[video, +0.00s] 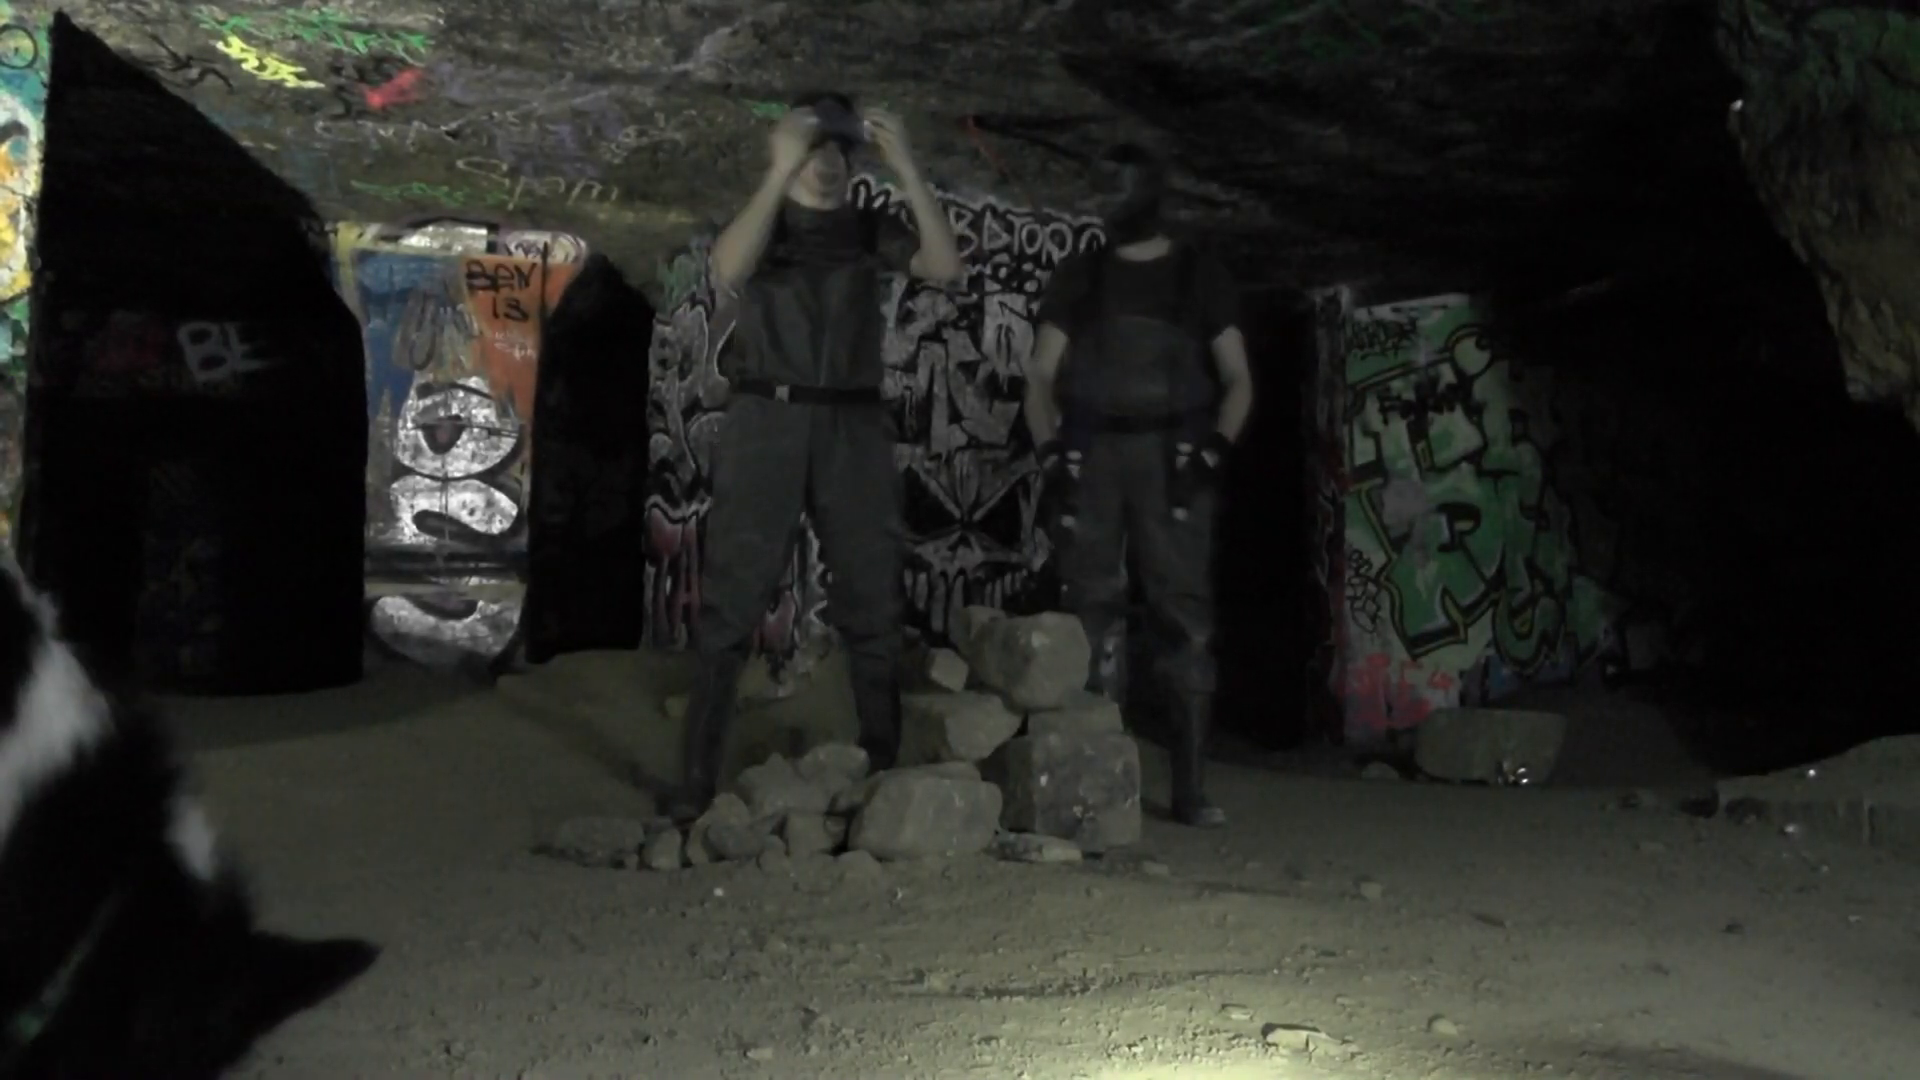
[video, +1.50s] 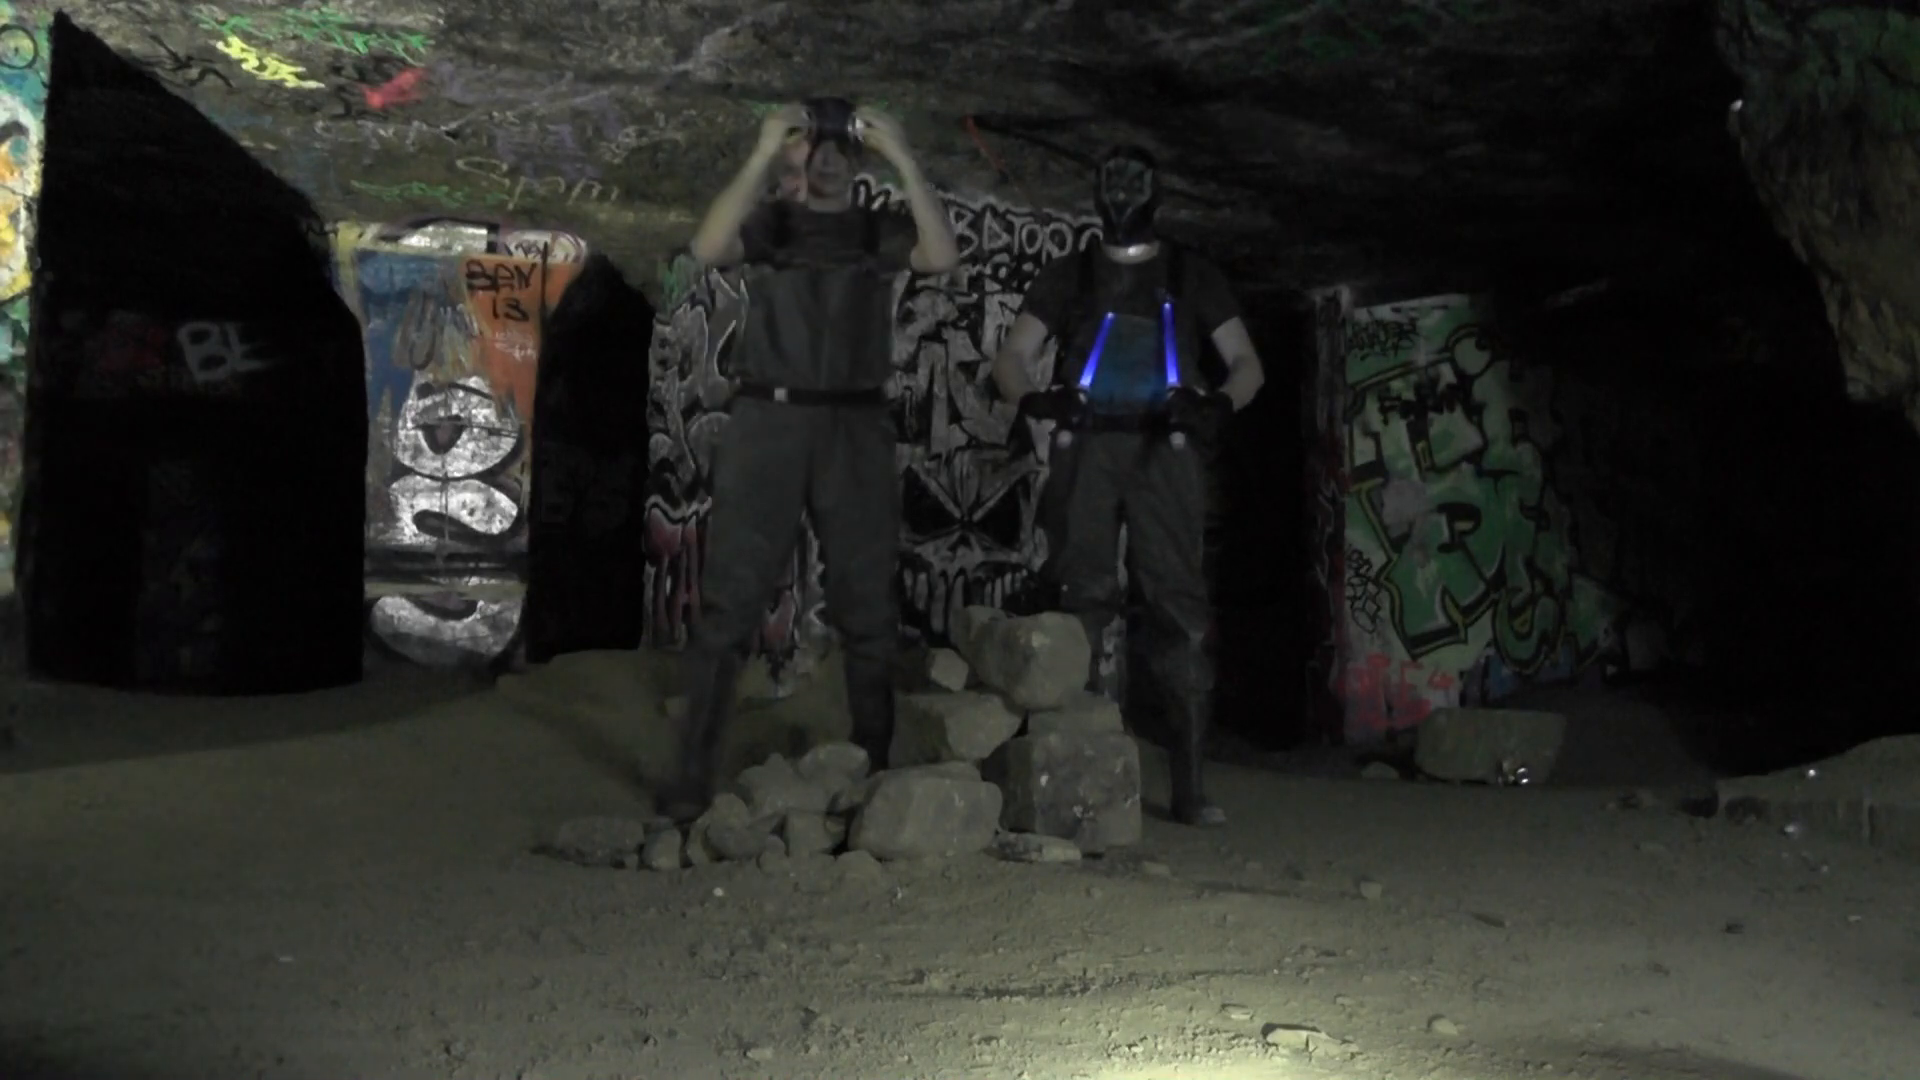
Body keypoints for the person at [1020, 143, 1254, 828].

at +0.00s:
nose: (1115, 203)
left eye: (1128, 189)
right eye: (1109, 190)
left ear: (1154, 195)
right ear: (1099, 198)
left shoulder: (1198, 273)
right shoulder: (1079, 274)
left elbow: (1238, 381)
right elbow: (1040, 377)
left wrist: (1212, 447)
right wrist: (1054, 455)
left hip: (1174, 465)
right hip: (1089, 468)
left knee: (1183, 619)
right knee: (1091, 620)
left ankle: (1188, 789)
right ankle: (1092, 789)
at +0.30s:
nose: (1112, 208)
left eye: (1123, 195)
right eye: (1103, 196)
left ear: (1145, 199)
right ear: (1091, 202)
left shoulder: (1186, 274)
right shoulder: (1066, 275)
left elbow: (1231, 376)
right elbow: (1022, 368)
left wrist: (1209, 432)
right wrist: (1028, 430)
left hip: (1163, 470)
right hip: (1081, 470)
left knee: (1175, 619)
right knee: (1077, 616)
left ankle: (1186, 786)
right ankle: (1075, 784)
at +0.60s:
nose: (1119, 204)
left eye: (1130, 189)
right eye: (1107, 190)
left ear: (1151, 196)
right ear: (1091, 199)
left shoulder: (1186, 277)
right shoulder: (1063, 278)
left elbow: (1239, 371)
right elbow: (1011, 370)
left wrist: (1212, 416)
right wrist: (1038, 397)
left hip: (1163, 464)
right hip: (1080, 462)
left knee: (1173, 616)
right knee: (1075, 612)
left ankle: (1186, 784)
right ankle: (1070, 781)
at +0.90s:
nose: (1119, 203)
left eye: (1131, 188)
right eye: (1108, 188)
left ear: (1151, 195)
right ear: (1092, 197)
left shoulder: (1187, 276)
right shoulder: (1065, 276)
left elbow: (1244, 370)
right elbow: (1007, 368)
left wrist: (1214, 405)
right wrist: (1036, 392)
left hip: (1164, 463)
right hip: (1082, 463)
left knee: (1175, 616)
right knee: (1077, 613)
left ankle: (1187, 787)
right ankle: (1073, 782)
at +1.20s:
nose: (1122, 212)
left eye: (1133, 198)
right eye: (1110, 199)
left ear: (1151, 200)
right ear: (1096, 202)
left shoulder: (1191, 277)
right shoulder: (1066, 278)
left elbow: (1246, 370)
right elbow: (1007, 367)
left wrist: (1212, 408)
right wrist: (1036, 397)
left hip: (1168, 464)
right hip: (1084, 464)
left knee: (1178, 615)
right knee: (1083, 614)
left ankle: (1188, 787)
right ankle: (1082, 784)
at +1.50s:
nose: (1123, 198)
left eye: (1135, 184)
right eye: (1112, 185)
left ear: (1155, 193)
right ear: (1096, 195)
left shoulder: (1191, 274)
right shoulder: (1069, 274)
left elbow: (1248, 368)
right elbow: (1009, 361)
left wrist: (1215, 408)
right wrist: (1033, 398)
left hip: (1169, 464)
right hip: (1086, 463)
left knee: (1179, 615)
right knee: (1082, 613)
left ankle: (1188, 788)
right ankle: (1081, 785)